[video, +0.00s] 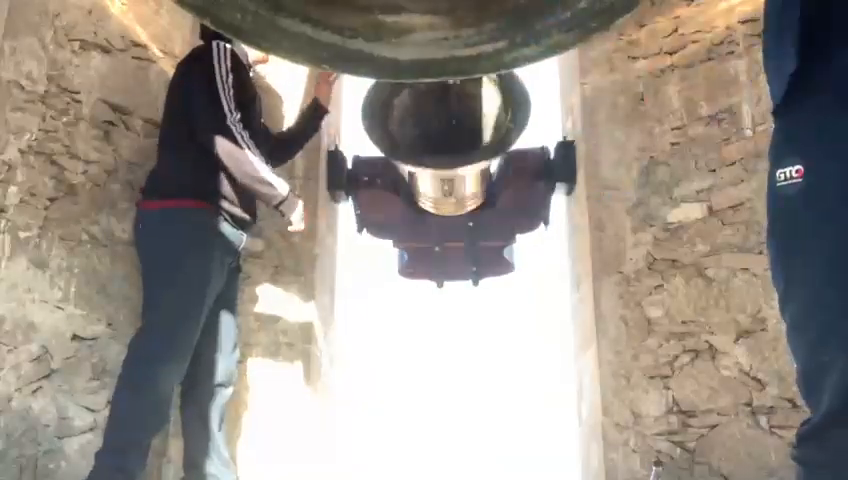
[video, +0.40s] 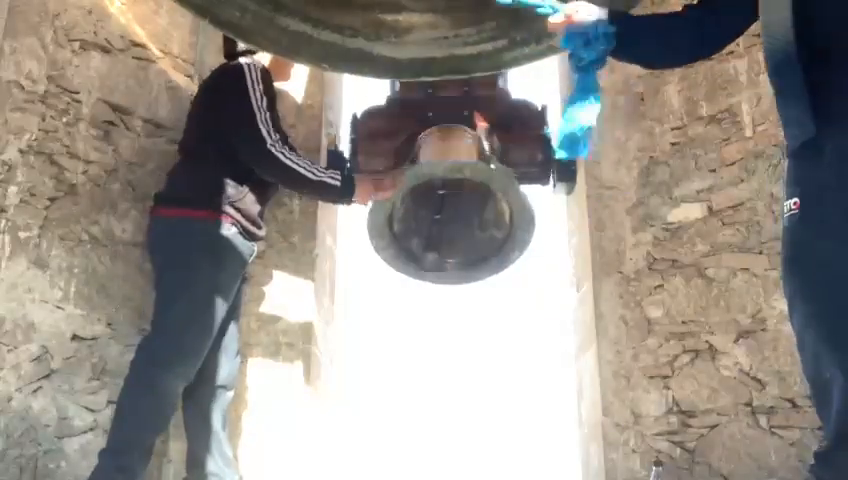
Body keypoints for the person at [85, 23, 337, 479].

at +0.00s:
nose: (273, 43)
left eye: (275, 33)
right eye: (268, 28)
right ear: (241, 25)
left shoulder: (241, 82)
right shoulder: (215, 55)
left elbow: (270, 152)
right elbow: (220, 131)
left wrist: (316, 111)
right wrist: (281, 196)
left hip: (225, 232)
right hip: (188, 221)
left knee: (216, 376)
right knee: (162, 358)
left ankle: (212, 472)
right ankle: (118, 470)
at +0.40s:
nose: (305, 59)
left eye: (307, 50)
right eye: (301, 47)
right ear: (275, 40)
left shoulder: (262, 93)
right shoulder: (242, 73)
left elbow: (281, 157)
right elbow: (266, 152)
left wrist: (354, 178)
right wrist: (346, 189)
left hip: (229, 240)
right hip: (202, 230)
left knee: (216, 379)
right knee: (170, 362)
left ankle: (215, 472)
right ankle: (118, 470)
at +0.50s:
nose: (303, 64)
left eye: (305, 55)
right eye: (299, 52)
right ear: (276, 46)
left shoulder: (269, 109)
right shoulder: (247, 71)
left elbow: (304, 181)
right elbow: (287, 146)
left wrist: (366, 223)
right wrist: (362, 148)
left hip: (229, 241)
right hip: (202, 229)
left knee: (217, 379)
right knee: (171, 361)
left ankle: (215, 472)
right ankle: (118, 470)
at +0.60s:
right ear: (268, 50)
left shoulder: (265, 123)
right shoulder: (246, 70)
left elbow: (305, 180)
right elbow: (313, 115)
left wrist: (366, 232)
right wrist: (374, 95)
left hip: (232, 243)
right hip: (202, 226)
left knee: (214, 379)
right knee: (174, 360)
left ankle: (213, 471)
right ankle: (117, 470)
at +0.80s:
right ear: (266, 37)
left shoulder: (266, 95)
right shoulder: (249, 68)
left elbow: (279, 183)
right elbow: (329, 71)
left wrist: (318, 251)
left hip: (239, 243)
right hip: (208, 229)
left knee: (216, 382)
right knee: (176, 360)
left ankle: (213, 471)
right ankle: (118, 471)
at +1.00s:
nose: (312, 88)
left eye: (315, 81)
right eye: (309, 77)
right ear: (289, 65)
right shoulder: (258, 76)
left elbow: (261, 189)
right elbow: (282, 136)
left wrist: (268, 250)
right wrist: (357, 128)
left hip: (241, 241)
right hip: (215, 227)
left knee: (221, 377)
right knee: (188, 358)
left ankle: (215, 471)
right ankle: (118, 470)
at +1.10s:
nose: (318, 84)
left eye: (320, 74)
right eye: (316, 71)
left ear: (290, 65)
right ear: (297, 63)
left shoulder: (274, 99)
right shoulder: (267, 81)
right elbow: (292, 154)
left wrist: (279, 234)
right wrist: (361, 199)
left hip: (239, 240)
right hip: (216, 228)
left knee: (223, 378)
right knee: (184, 357)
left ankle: (217, 471)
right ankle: (119, 471)